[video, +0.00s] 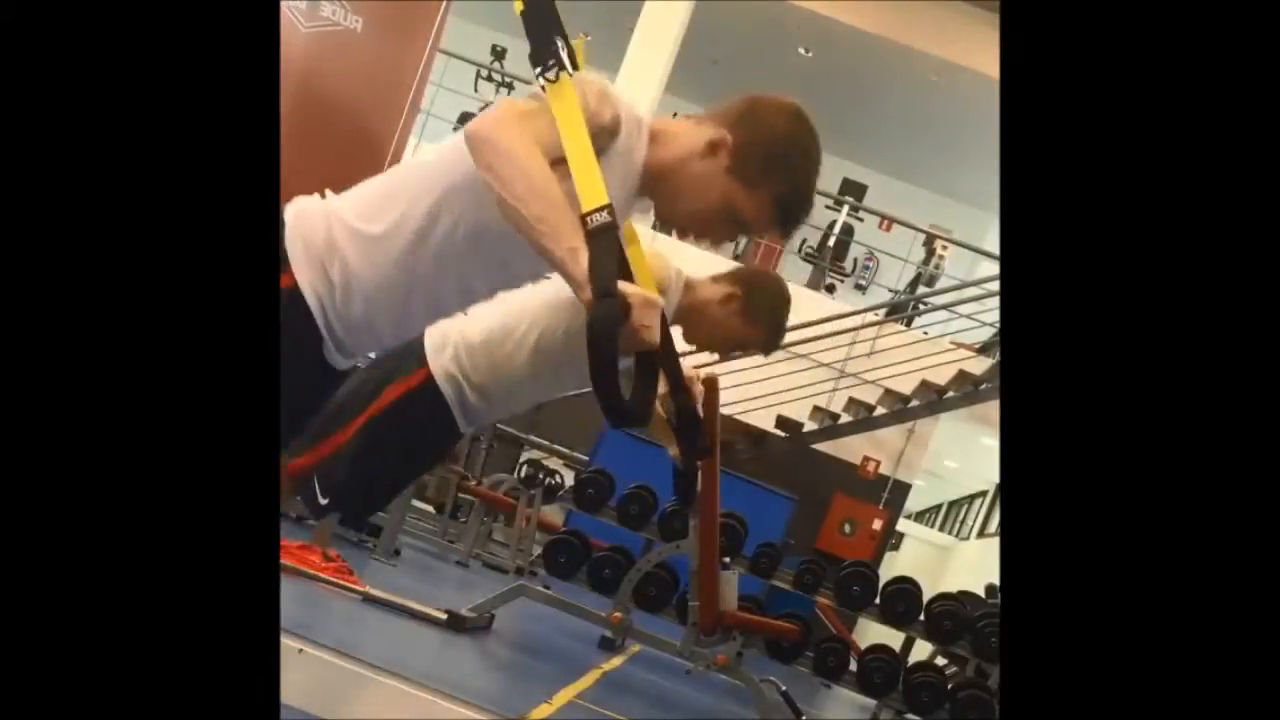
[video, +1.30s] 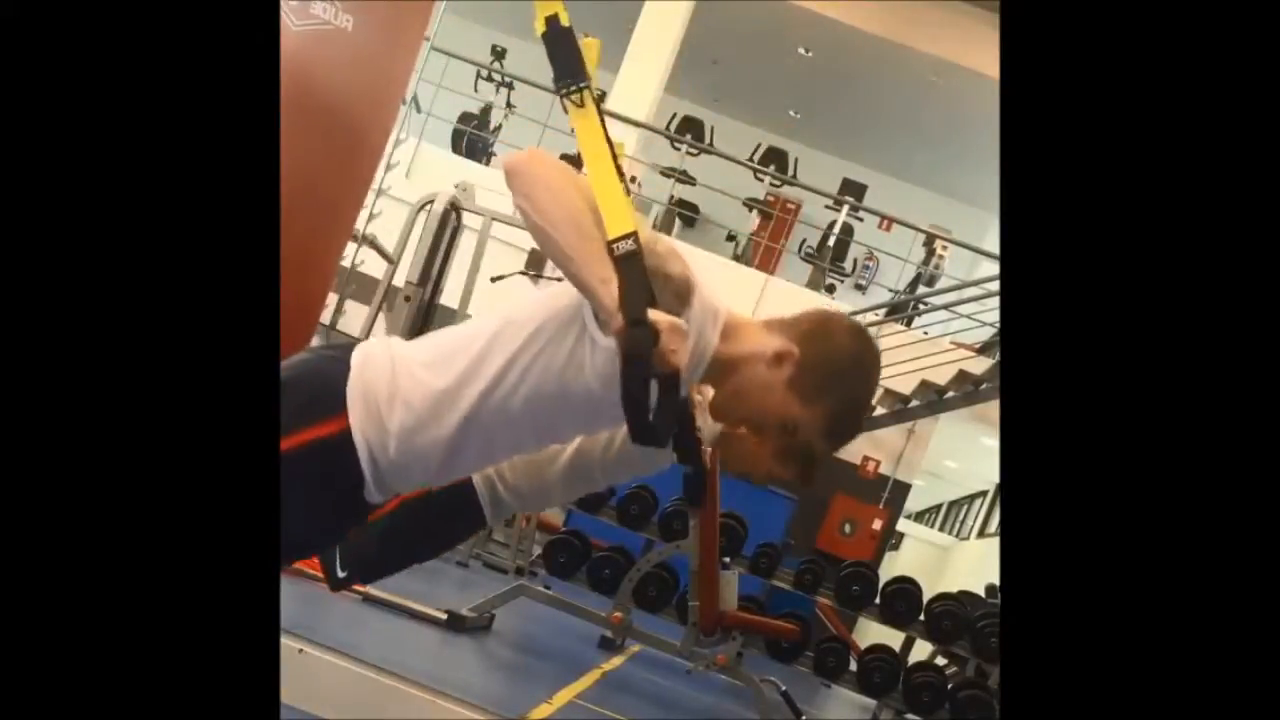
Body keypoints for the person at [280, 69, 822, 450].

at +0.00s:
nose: (714, 243)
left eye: (735, 237)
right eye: (732, 222)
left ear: (722, 142)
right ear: (721, 147)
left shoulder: (622, 213)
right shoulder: (603, 106)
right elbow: (497, 134)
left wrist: (667, 385)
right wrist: (593, 276)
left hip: (343, 352)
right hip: (298, 287)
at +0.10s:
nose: (706, 200)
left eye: (728, 194)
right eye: (721, 177)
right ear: (700, 109)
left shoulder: (612, 173)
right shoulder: (578, 75)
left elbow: (610, 278)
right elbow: (500, 142)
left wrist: (656, 375)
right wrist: (594, 282)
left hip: (338, 342)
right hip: (295, 278)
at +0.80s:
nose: (727, 234)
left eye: (745, 228)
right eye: (741, 213)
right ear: (719, 146)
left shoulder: (624, 211)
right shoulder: (603, 115)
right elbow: (485, 132)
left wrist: (660, 396)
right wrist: (587, 281)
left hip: (353, 373)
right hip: (310, 316)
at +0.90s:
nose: (743, 287)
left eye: (761, 281)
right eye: (757, 266)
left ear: (739, 195)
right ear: (740, 198)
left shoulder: (646, 244)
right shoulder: (622, 159)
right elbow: (488, 139)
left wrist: (648, 391)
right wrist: (603, 280)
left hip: (360, 400)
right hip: (318, 341)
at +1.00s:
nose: (749, 331)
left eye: (769, 328)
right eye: (768, 315)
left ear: (754, 251)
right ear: (753, 251)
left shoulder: (670, 289)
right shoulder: (645, 202)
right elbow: (504, 168)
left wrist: (668, 408)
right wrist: (629, 307)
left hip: (367, 426)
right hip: (326, 367)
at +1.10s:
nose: (754, 372)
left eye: (776, 373)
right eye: (775, 359)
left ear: (764, 288)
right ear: (767, 294)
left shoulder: (679, 334)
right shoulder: (666, 246)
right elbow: (517, 172)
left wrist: (672, 410)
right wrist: (644, 316)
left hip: (366, 443)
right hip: (333, 393)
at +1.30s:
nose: (758, 434)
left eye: (776, 436)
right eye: (777, 425)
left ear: (780, 355)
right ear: (783, 360)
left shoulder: (693, 391)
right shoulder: (674, 285)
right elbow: (529, 170)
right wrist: (623, 312)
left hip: (368, 471)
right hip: (338, 424)